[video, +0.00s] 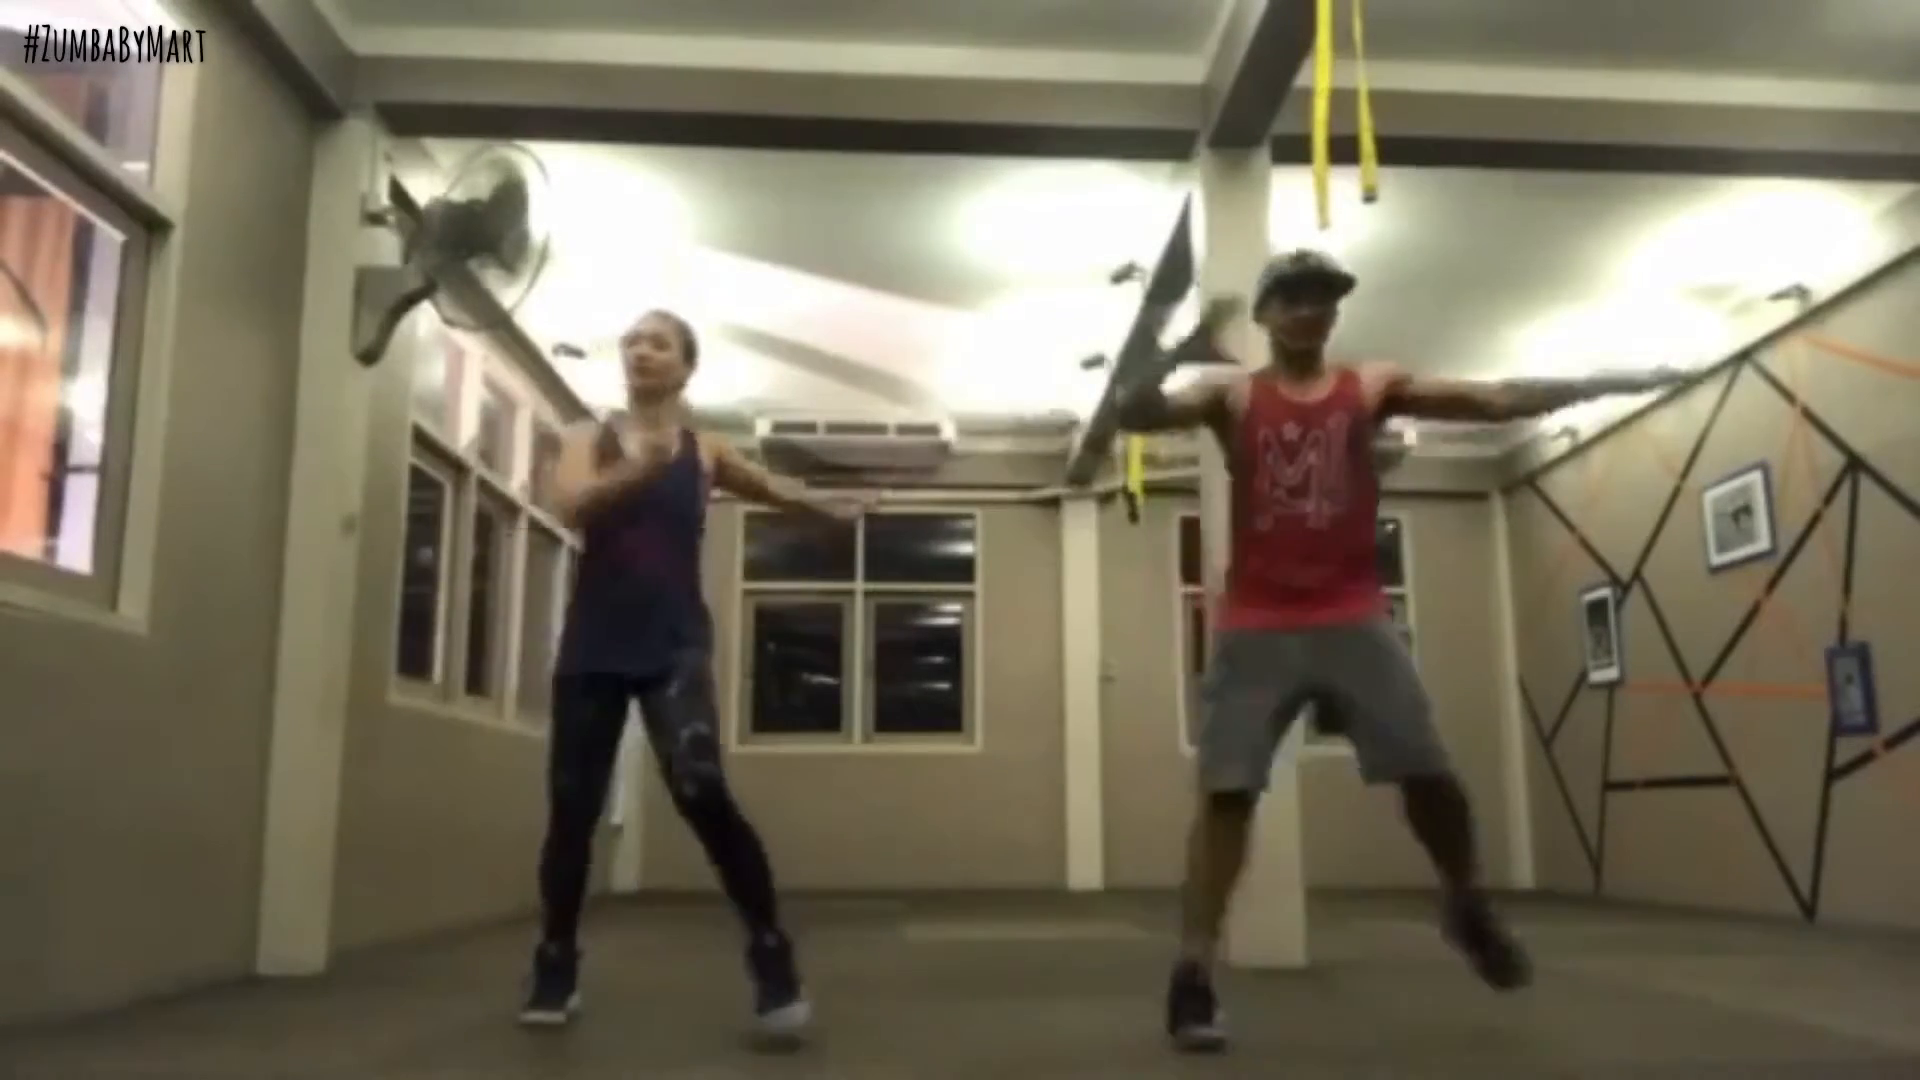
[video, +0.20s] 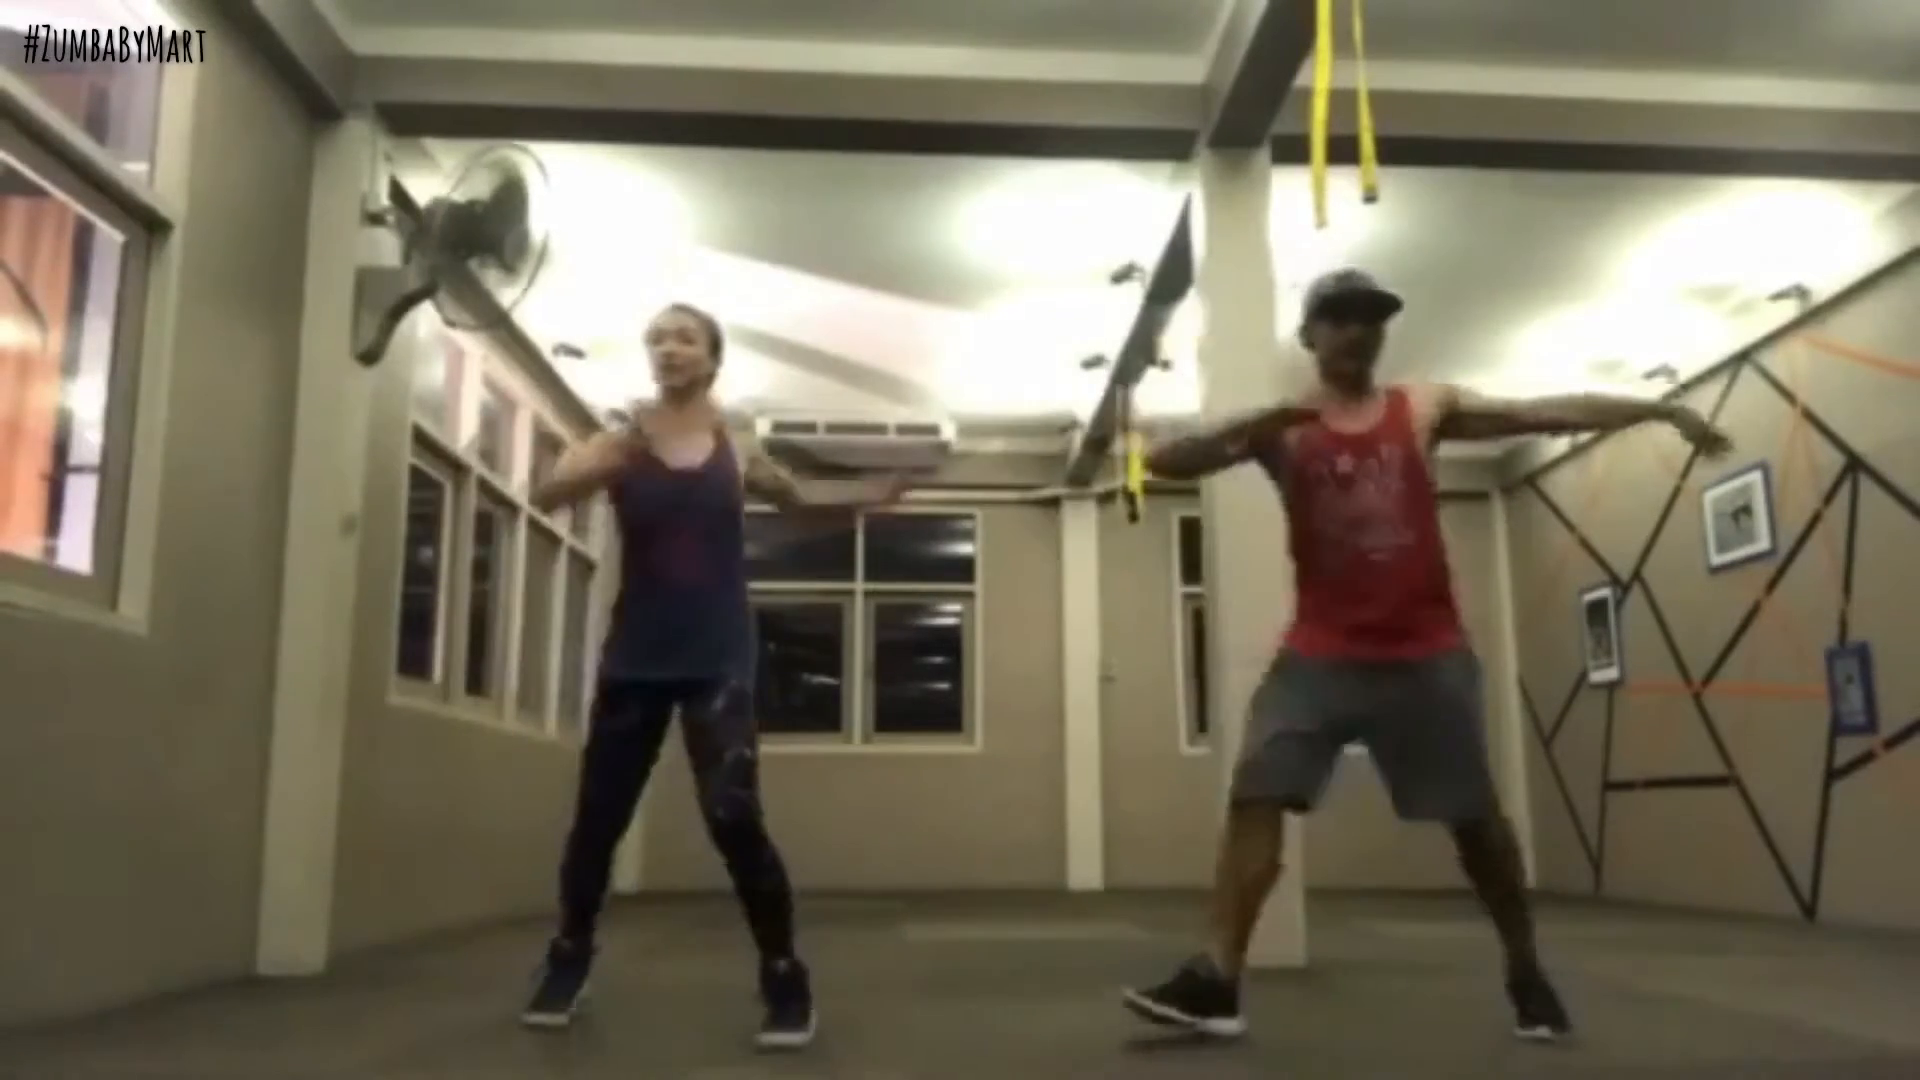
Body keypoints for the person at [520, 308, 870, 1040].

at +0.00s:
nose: (641, 352)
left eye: (659, 344)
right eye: (634, 342)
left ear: (687, 367)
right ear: (621, 359)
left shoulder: (702, 450)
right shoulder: (589, 438)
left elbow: (771, 491)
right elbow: (570, 503)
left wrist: (832, 508)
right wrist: (642, 470)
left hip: (673, 647)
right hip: (593, 646)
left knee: (701, 793)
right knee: (571, 811)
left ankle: (773, 963)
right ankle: (554, 966)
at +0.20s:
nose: (671, 350)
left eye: (686, 339)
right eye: (661, 339)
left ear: (714, 357)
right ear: (647, 355)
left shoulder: (735, 440)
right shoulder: (627, 435)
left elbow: (796, 505)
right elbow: (549, 491)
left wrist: (868, 497)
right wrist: (605, 460)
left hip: (719, 655)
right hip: (638, 653)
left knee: (733, 817)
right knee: (596, 822)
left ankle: (785, 982)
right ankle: (567, 961)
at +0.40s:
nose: (675, 344)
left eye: (690, 332)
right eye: (663, 333)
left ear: (718, 347)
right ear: (649, 349)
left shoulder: (738, 433)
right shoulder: (628, 438)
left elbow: (817, 448)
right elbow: (534, 462)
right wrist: (455, 448)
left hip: (732, 641)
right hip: (650, 643)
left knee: (759, 806)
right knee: (646, 797)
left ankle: (788, 972)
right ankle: (595, 919)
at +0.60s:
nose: (650, 358)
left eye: (665, 347)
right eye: (639, 346)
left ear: (692, 363)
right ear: (623, 359)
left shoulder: (711, 434)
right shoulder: (609, 450)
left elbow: (740, 466)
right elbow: (536, 492)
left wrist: (630, 449)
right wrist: (448, 495)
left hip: (700, 658)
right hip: (619, 666)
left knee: (746, 819)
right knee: (606, 835)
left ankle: (789, 983)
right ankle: (616, 982)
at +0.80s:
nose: (598, 334)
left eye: (617, 327)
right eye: (593, 323)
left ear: (649, 353)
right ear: (579, 344)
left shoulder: (668, 437)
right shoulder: (556, 436)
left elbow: (782, 465)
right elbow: (466, 471)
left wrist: (811, 412)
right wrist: (428, 428)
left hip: (645, 632)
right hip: (572, 637)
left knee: (587, 759)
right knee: (578, 795)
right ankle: (611, 965)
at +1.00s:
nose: (560, 335)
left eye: (582, 331)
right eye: (557, 328)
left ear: (614, 366)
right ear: (544, 356)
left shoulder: (629, 438)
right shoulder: (523, 427)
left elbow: (707, 504)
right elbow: (472, 483)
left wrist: (801, 509)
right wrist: (550, 470)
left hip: (593, 650)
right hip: (536, 651)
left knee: (499, 800)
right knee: (558, 822)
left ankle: (477, 990)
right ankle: (610, 975)